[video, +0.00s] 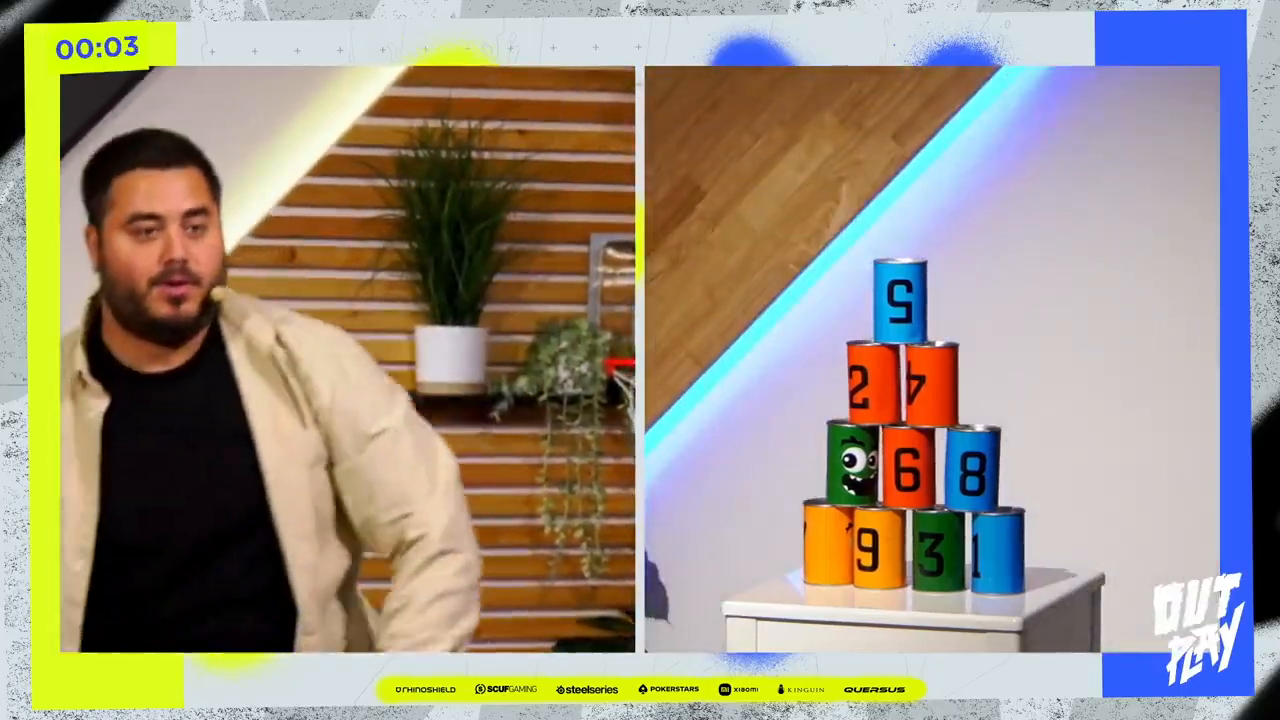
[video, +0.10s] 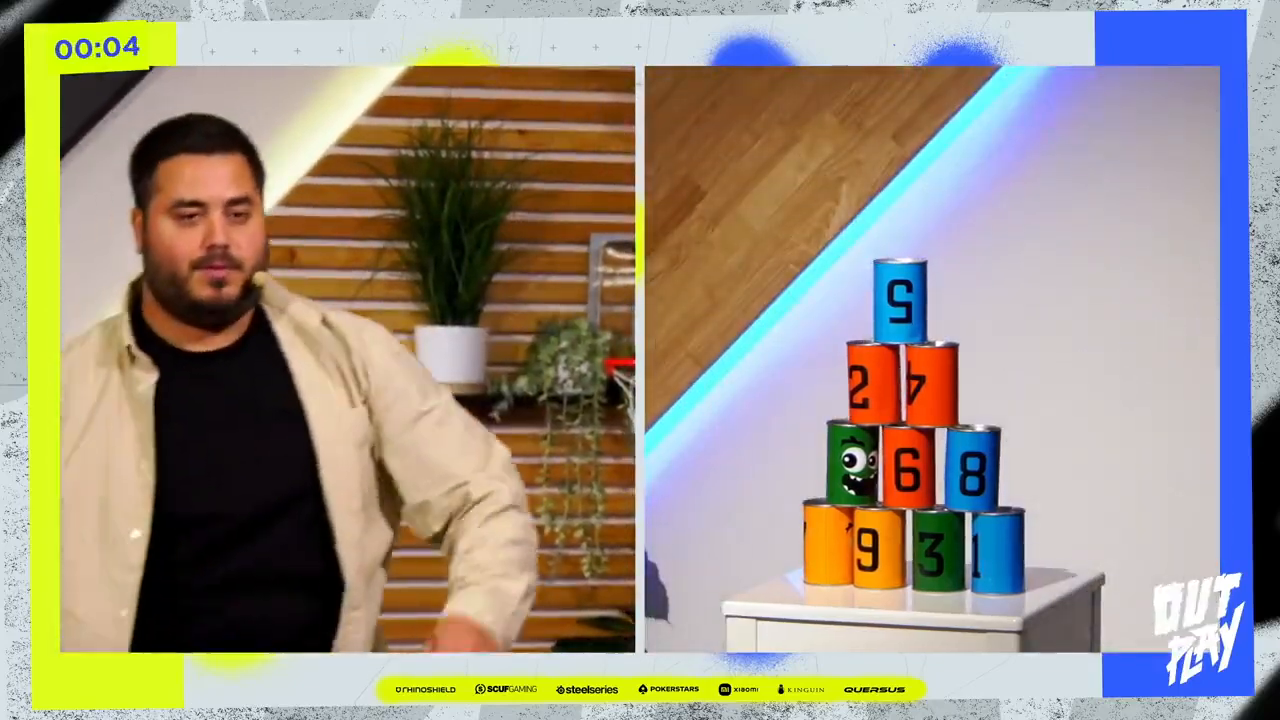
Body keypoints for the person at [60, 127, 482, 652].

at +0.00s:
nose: (177, 253)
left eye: (196, 225)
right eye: (145, 230)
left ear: (221, 235)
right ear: (95, 246)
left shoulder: (312, 364)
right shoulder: (37, 394)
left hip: (295, 708)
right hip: (92, 711)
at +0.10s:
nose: (218, 239)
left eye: (238, 212)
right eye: (187, 215)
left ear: (263, 222)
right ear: (140, 230)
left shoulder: (352, 356)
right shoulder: (60, 387)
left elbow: (487, 494)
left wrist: (471, 626)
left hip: (312, 700)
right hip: (123, 700)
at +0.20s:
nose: (257, 235)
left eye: (279, 211)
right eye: (228, 211)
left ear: (304, 223)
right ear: (183, 225)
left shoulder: (386, 362)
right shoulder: (101, 378)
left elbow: (511, 484)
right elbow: (39, 543)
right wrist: (114, 595)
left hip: (346, 692)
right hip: (170, 695)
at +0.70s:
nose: (290, 199)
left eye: (310, 179)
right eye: (260, 178)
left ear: (332, 207)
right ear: (213, 207)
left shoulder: (393, 337)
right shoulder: (136, 343)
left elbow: (521, 458)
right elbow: (106, 496)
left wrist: (462, 353)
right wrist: (226, 444)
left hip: (387, 685)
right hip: (211, 686)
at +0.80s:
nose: (280, 195)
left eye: (300, 176)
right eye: (249, 175)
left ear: (321, 208)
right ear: (200, 208)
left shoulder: (379, 340)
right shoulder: (124, 345)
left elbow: (510, 440)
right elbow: (127, 495)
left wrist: (461, 329)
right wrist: (269, 440)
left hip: (363, 680)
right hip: (194, 682)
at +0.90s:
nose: (280, 197)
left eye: (297, 179)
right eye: (248, 176)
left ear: (316, 213)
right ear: (192, 210)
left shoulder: (350, 337)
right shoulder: (116, 351)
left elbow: (496, 432)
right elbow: (169, 493)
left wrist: (470, 317)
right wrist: (333, 432)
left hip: (324, 684)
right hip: (167, 688)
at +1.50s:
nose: (348, 391)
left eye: (365, 372)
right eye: (335, 363)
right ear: (274, 318)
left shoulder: (330, 422)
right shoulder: (147, 421)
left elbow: (354, 578)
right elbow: (113, 626)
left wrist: (381, 633)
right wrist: (305, 667)